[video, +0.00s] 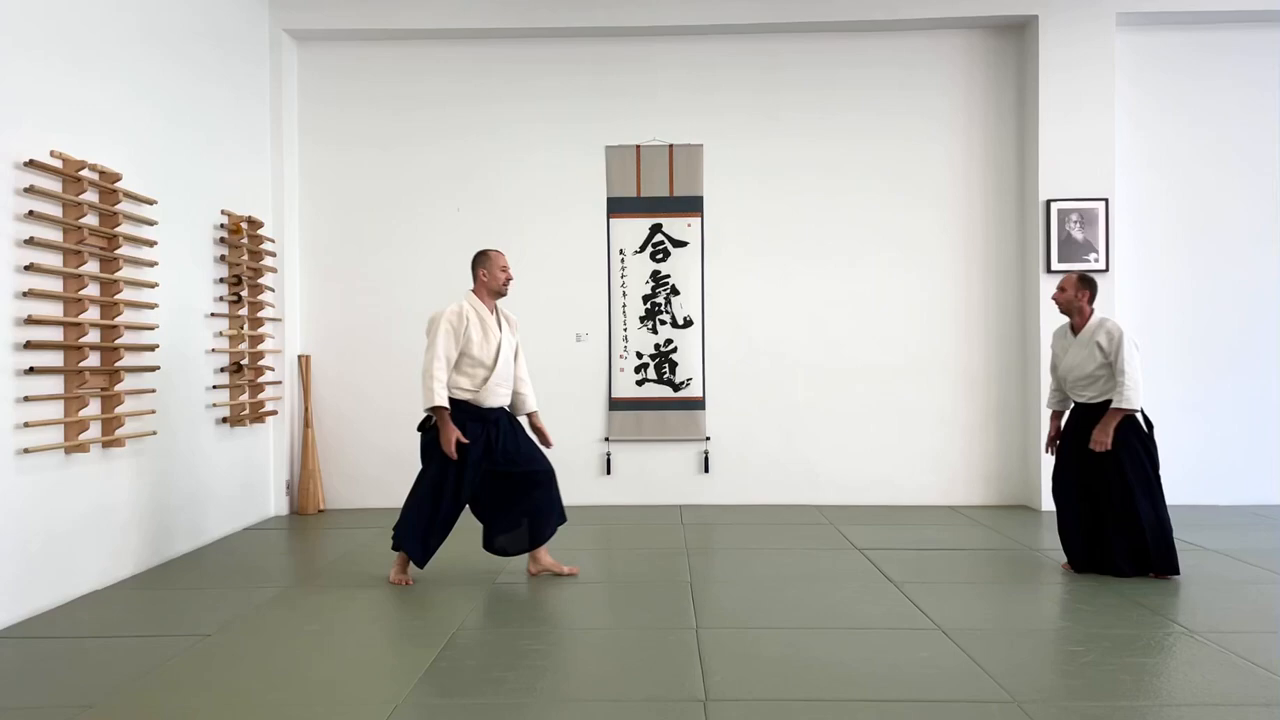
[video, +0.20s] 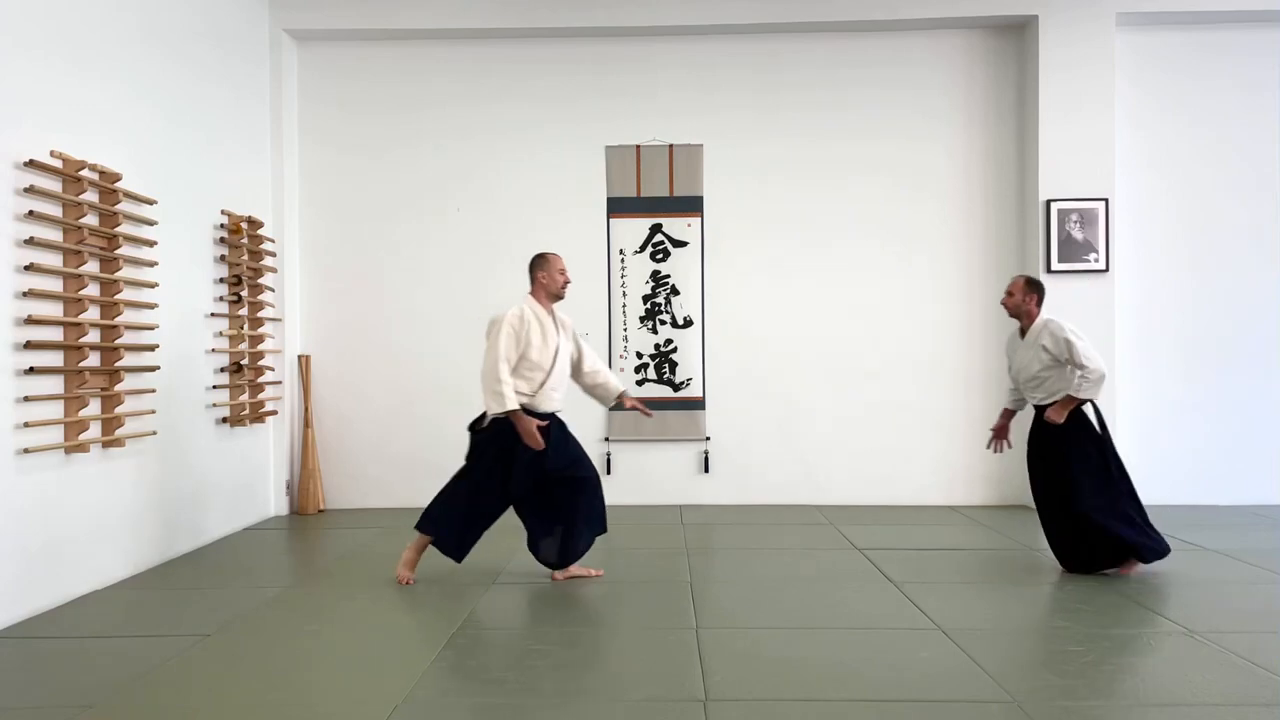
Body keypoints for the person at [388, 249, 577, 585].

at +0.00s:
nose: (510, 276)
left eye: (509, 270)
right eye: (503, 270)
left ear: (490, 277)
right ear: (482, 275)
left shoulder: (507, 322)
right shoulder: (453, 316)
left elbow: (518, 375)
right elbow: (435, 370)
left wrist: (532, 417)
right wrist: (444, 422)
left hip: (499, 422)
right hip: (458, 419)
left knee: (540, 474)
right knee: (435, 489)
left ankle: (539, 555)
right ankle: (402, 561)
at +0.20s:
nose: (567, 279)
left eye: (567, 273)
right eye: (561, 273)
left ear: (550, 279)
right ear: (541, 277)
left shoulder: (563, 326)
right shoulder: (512, 320)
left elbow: (588, 368)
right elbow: (495, 374)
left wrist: (621, 396)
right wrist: (518, 418)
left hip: (549, 424)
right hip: (508, 422)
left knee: (582, 483)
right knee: (469, 489)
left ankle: (563, 563)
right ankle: (415, 550)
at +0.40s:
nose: (627, 272)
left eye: (625, 266)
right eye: (620, 266)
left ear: (604, 273)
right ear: (600, 272)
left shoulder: (614, 316)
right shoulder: (578, 314)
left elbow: (646, 353)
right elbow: (572, 373)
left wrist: (688, 371)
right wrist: (593, 419)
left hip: (605, 415)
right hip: (580, 418)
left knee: (606, 488)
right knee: (599, 489)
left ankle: (573, 560)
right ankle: (566, 560)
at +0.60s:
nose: (694, 273)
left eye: (692, 266)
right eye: (689, 267)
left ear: (664, 274)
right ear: (673, 273)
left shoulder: (659, 309)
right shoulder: (660, 311)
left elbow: (706, 340)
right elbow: (702, 349)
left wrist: (753, 354)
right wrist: (759, 363)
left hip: (639, 415)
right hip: (663, 419)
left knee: (616, 491)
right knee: (724, 486)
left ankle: (569, 559)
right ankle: (759, 575)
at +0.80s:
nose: (744, 265)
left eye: (741, 259)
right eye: (743, 259)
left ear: (708, 264)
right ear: (736, 260)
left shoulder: (693, 306)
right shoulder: (750, 294)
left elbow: (706, 347)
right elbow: (807, 307)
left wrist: (765, 344)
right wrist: (802, 294)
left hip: (716, 406)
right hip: (758, 404)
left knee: (697, 484)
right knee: (782, 486)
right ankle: (773, 578)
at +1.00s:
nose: (753, 277)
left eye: (752, 271)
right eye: (755, 271)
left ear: (755, 273)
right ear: (789, 268)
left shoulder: (767, 311)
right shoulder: (810, 296)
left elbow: (715, 350)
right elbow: (758, 302)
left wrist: (752, 373)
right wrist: (717, 315)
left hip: (801, 422)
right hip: (835, 409)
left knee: (799, 511)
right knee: (864, 495)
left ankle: (809, 604)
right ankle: (919, 574)